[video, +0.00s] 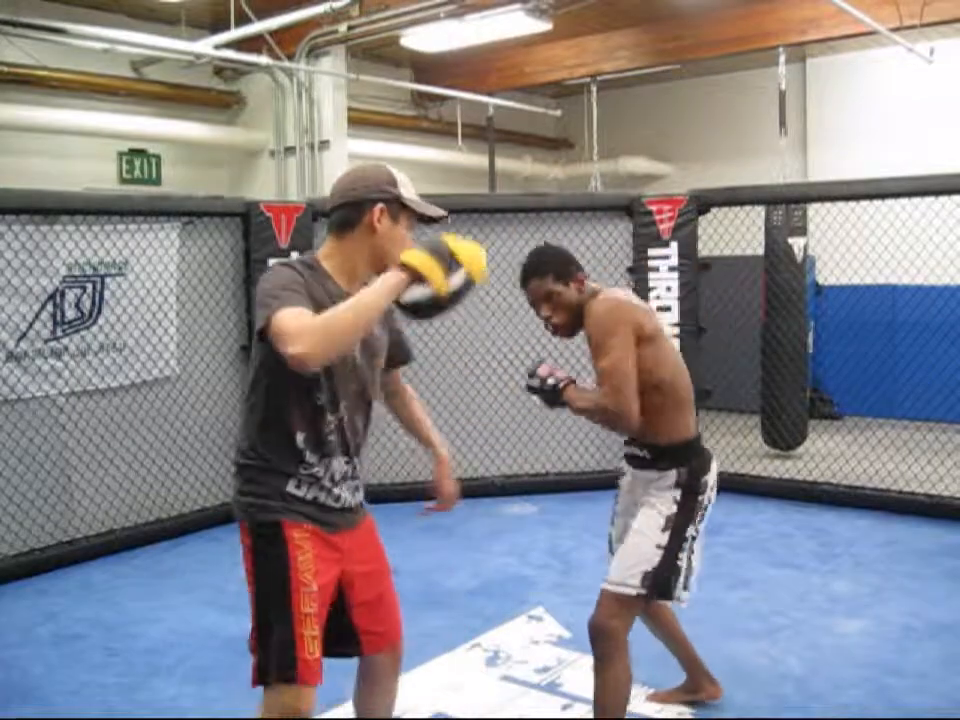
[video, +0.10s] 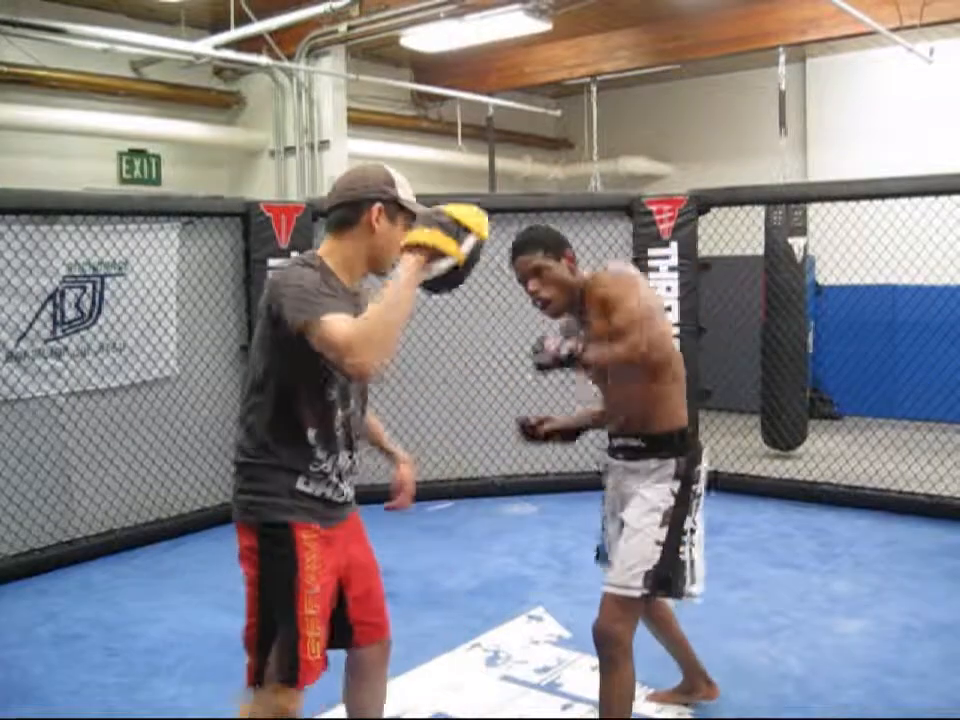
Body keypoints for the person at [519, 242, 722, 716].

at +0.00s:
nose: (544, 315)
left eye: (548, 301)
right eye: (536, 307)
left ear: (577, 282)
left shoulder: (609, 311)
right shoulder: (599, 310)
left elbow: (626, 416)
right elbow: (621, 400)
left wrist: (569, 396)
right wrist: (570, 389)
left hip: (676, 475)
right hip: (641, 469)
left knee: (607, 627)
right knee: (636, 588)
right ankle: (700, 680)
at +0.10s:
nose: (532, 291)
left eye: (537, 276)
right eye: (523, 282)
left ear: (569, 261)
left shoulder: (616, 283)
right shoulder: (579, 320)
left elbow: (649, 351)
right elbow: (626, 404)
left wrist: (575, 353)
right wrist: (569, 426)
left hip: (665, 465)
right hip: (623, 462)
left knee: (611, 634)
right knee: (638, 590)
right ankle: (697, 679)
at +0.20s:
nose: (532, 272)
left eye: (538, 256)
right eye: (523, 263)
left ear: (570, 243)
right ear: (521, 267)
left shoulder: (625, 259)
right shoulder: (548, 321)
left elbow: (694, 303)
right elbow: (570, 419)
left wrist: (599, 308)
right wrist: (517, 405)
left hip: (660, 455)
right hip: (614, 456)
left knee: (611, 634)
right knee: (639, 587)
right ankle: (694, 683)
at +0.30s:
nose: (526, 271)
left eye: (530, 254)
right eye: (516, 262)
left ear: (564, 237)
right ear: (517, 267)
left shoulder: (626, 258)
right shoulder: (548, 309)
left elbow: (691, 320)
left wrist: (602, 307)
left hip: (655, 455)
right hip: (609, 455)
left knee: (610, 633)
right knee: (640, 598)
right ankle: (682, 692)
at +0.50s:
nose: (514, 294)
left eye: (520, 281)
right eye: (509, 282)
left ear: (558, 267)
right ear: (556, 267)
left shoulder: (623, 307)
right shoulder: (569, 309)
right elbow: (582, 399)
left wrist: (561, 354)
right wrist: (541, 365)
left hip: (633, 481)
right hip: (596, 470)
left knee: (568, 641)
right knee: (611, 601)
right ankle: (667, 703)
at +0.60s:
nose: (513, 286)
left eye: (523, 275)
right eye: (511, 274)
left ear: (562, 269)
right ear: (557, 269)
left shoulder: (615, 317)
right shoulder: (563, 312)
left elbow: (603, 424)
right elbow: (568, 396)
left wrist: (548, 362)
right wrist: (531, 352)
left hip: (625, 484)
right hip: (587, 474)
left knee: (558, 643)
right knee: (602, 605)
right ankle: (666, 703)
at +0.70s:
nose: (519, 276)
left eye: (529, 265)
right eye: (517, 264)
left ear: (570, 256)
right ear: (555, 257)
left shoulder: (629, 302)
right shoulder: (544, 290)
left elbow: (642, 408)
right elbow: (469, 335)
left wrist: (583, 352)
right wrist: (448, 314)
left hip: (620, 471)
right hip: (571, 463)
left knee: (575, 639)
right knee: (611, 596)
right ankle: (666, 702)